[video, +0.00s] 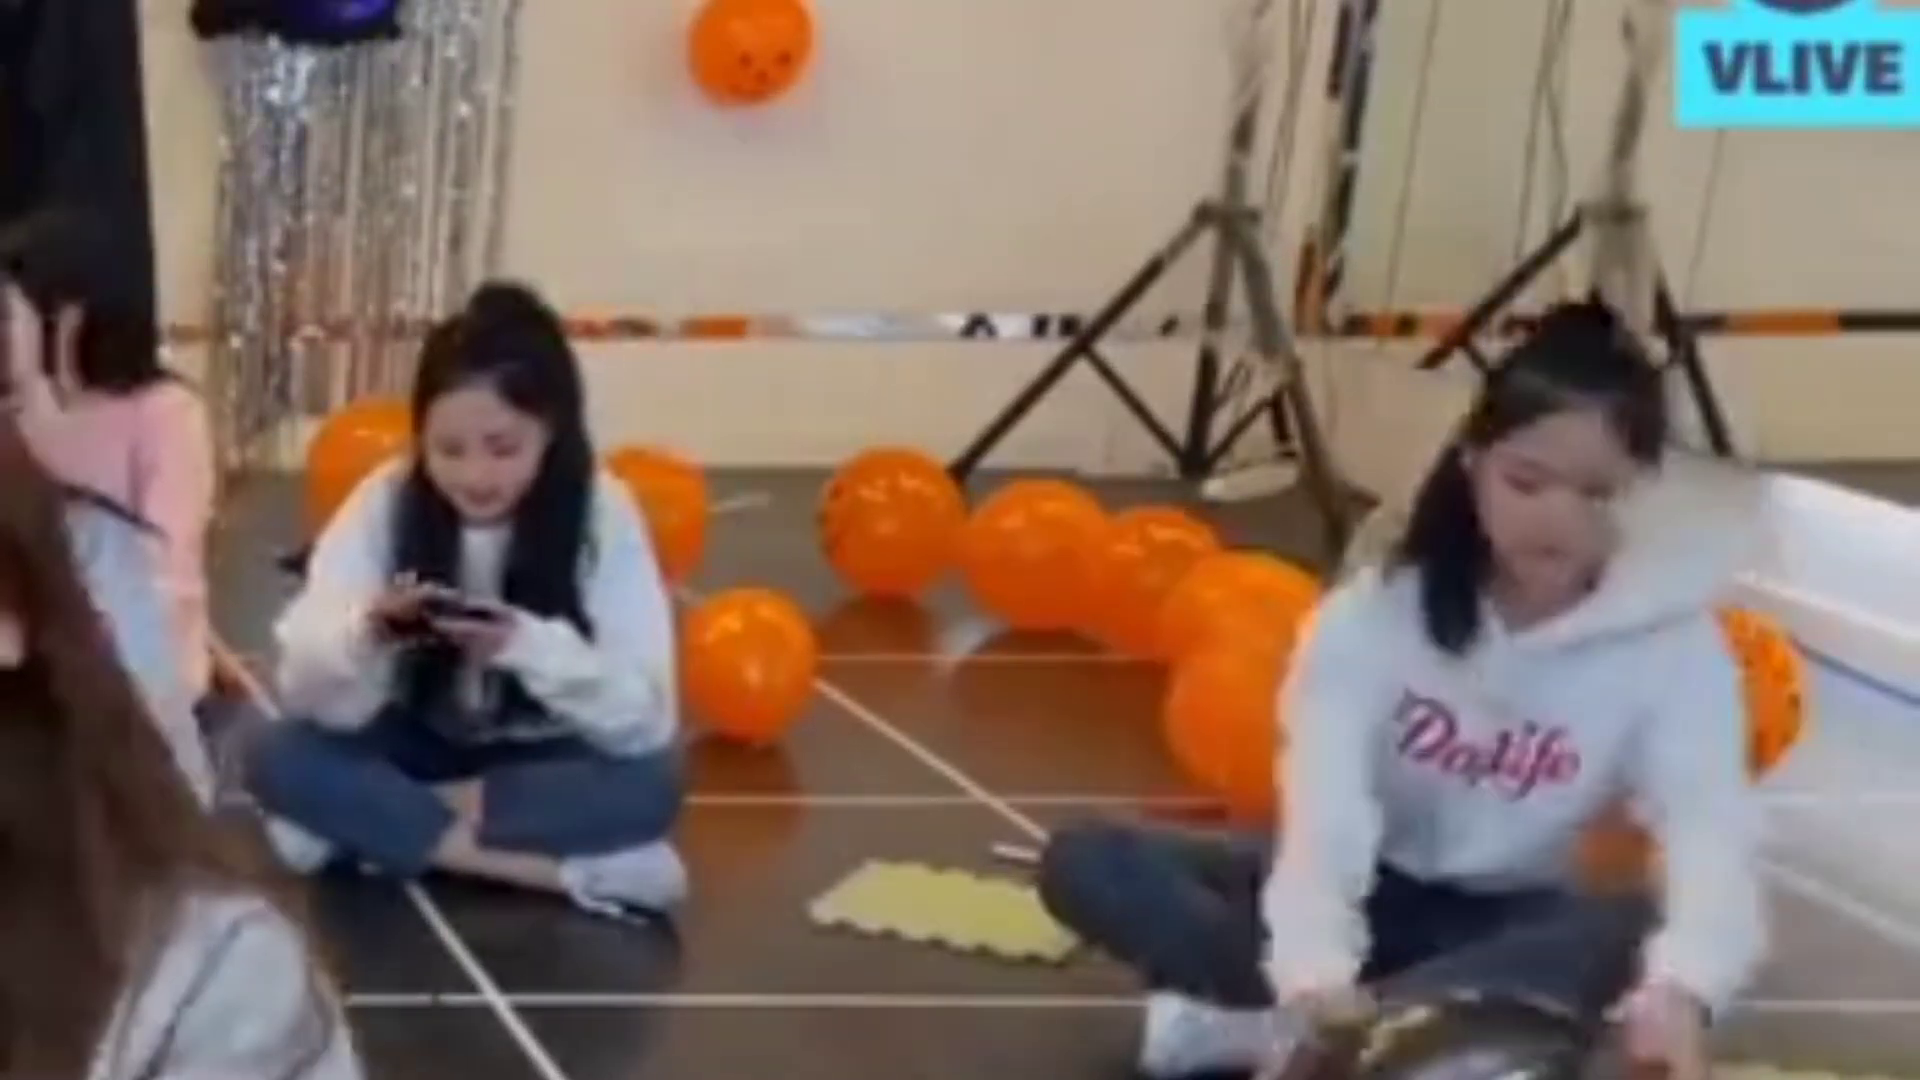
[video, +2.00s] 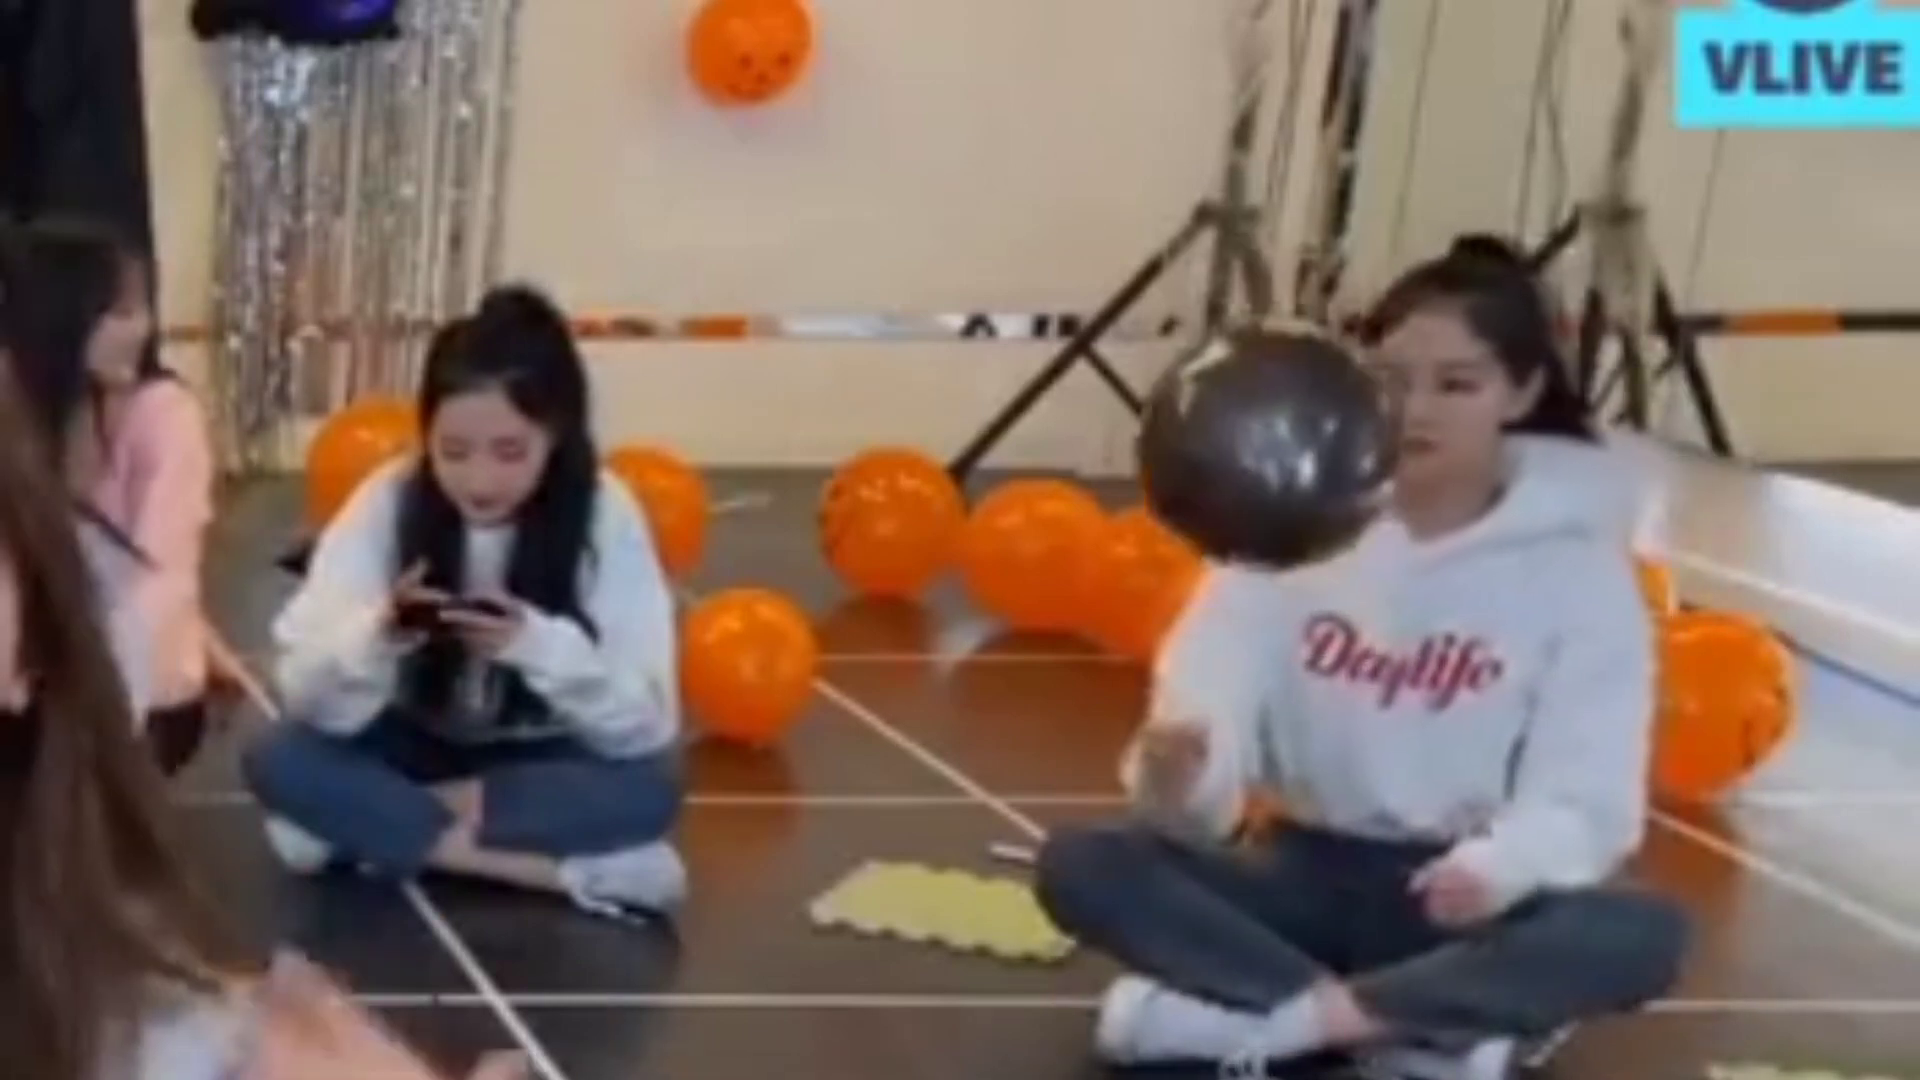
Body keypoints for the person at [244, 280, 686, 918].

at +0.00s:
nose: (476, 478)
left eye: (503, 450)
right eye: (450, 451)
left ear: (553, 437)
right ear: (419, 439)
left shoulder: (601, 515)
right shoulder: (384, 503)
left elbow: (644, 718)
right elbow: (307, 696)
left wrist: (523, 646)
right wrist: (373, 635)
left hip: (545, 745)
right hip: (411, 737)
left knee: (650, 787)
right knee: (277, 756)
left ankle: (365, 837)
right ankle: (552, 877)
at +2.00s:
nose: (479, 482)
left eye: (510, 455)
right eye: (454, 454)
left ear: (558, 441)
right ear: (424, 437)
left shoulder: (603, 515)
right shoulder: (388, 501)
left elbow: (645, 724)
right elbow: (308, 700)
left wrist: (533, 645)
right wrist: (383, 634)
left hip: (545, 745)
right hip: (410, 736)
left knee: (647, 792)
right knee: (276, 759)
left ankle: (366, 838)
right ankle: (548, 877)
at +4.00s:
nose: (483, 485)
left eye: (513, 457)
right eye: (457, 456)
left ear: (558, 442)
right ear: (427, 440)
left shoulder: (605, 515)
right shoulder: (390, 502)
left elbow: (646, 725)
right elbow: (304, 699)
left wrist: (535, 646)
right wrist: (382, 641)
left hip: (543, 744)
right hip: (407, 736)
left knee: (647, 793)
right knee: (296, 768)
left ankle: (375, 835)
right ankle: (550, 877)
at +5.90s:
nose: (483, 486)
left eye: (512, 459)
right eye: (458, 458)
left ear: (560, 445)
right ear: (427, 441)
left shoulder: (605, 513)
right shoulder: (388, 505)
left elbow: (644, 725)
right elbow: (304, 699)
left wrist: (531, 639)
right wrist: (388, 637)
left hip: (541, 742)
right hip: (408, 738)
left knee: (645, 791)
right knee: (274, 759)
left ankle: (366, 839)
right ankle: (550, 878)